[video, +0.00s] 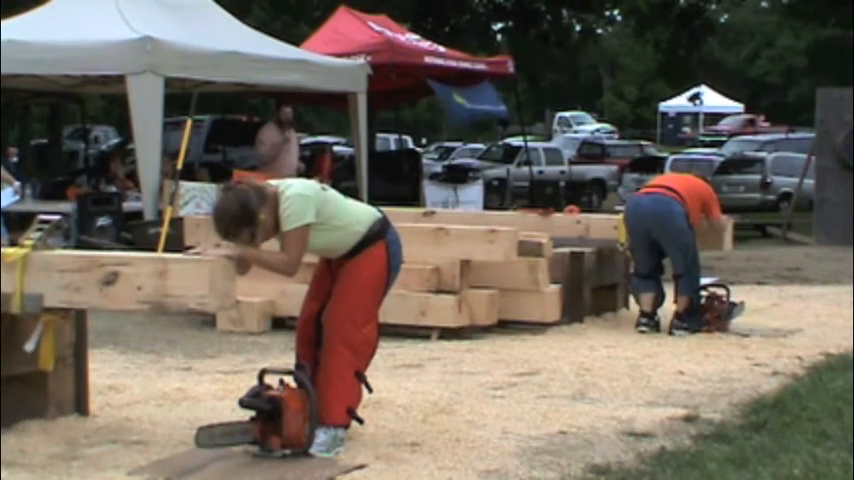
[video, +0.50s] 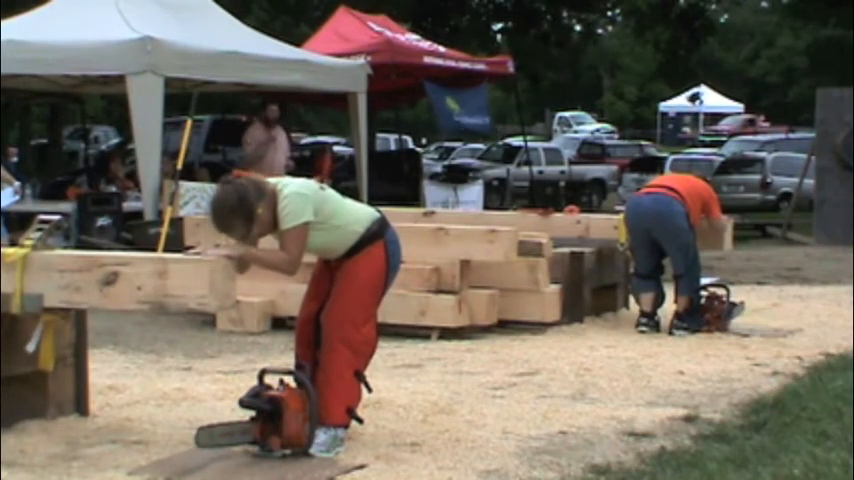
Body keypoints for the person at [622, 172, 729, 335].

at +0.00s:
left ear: (688, 175)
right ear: (707, 183)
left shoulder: (670, 178)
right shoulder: (705, 189)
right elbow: (716, 222)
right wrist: (725, 222)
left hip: (635, 205)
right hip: (668, 207)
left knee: (645, 270)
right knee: (686, 268)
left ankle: (646, 316)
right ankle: (682, 318)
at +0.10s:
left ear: (688, 175)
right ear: (706, 183)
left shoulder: (670, 178)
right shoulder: (705, 188)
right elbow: (717, 222)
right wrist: (725, 222)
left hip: (635, 205)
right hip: (669, 207)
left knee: (645, 270)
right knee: (686, 269)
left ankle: (646, 316)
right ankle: (682, 318)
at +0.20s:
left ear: (688, 175)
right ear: (706, 183)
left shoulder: (670, 178)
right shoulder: (705, 188)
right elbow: (717, 222)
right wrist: (725, 222)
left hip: (635, 205)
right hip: (668, 207)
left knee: (645, 270)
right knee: (686, 269)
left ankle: (646, 316)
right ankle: (682, 318)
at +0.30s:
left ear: (688, 175)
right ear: (706, 183)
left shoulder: (670, 178)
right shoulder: (705, 188)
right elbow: (716, 222)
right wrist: (725, 222)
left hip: (636, 205)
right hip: (669, 207)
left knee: (645, 270)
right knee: (686, 269)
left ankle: (646, 316)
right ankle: (682, 318)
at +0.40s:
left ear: (688, 175)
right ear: (706, 183)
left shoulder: (670, 178)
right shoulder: (705, 189)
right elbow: (717, 222)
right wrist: (725, 222)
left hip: (636, 204)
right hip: (669, 206)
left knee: (645, 270)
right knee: (687, 269)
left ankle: (646, 316)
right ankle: (682, 318)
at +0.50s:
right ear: (707, 184)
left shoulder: (670, 178)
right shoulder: (706, 189)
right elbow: (717, 222)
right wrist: (725, 222)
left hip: (636, 204)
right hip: (669, 206)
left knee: (645, 269)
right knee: (687, 268)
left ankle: (646, 316)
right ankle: (682, 318)